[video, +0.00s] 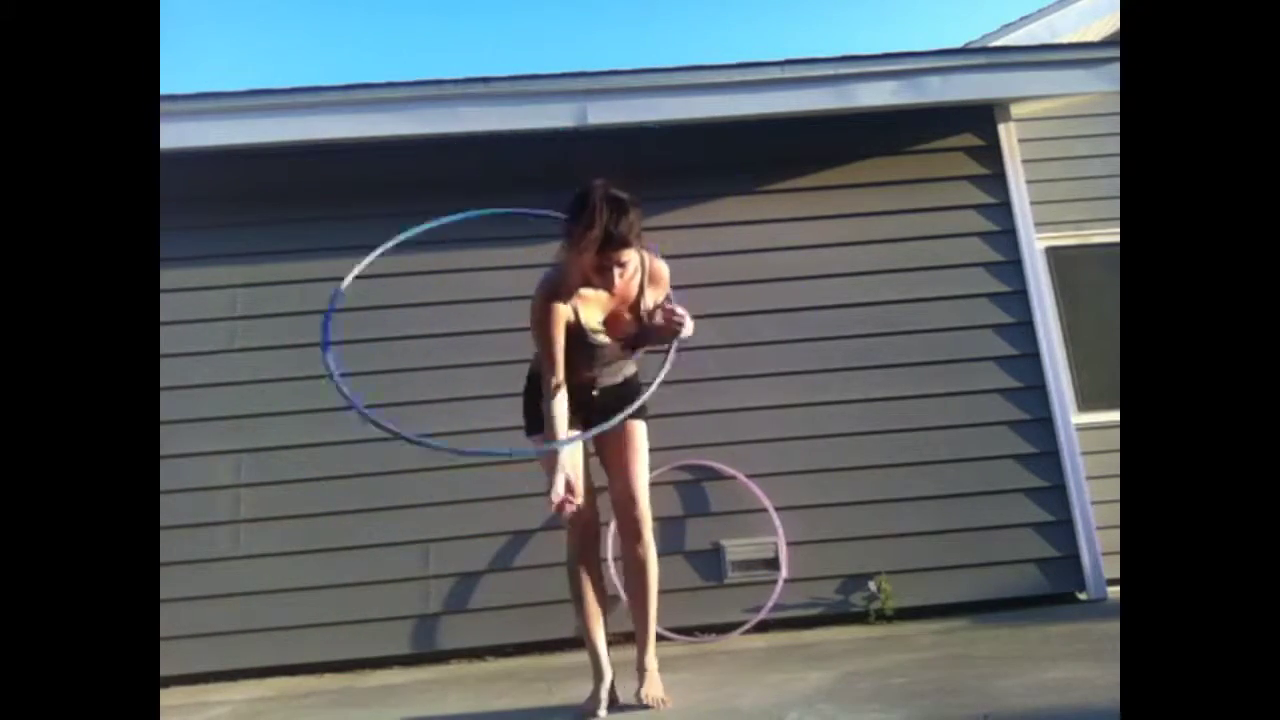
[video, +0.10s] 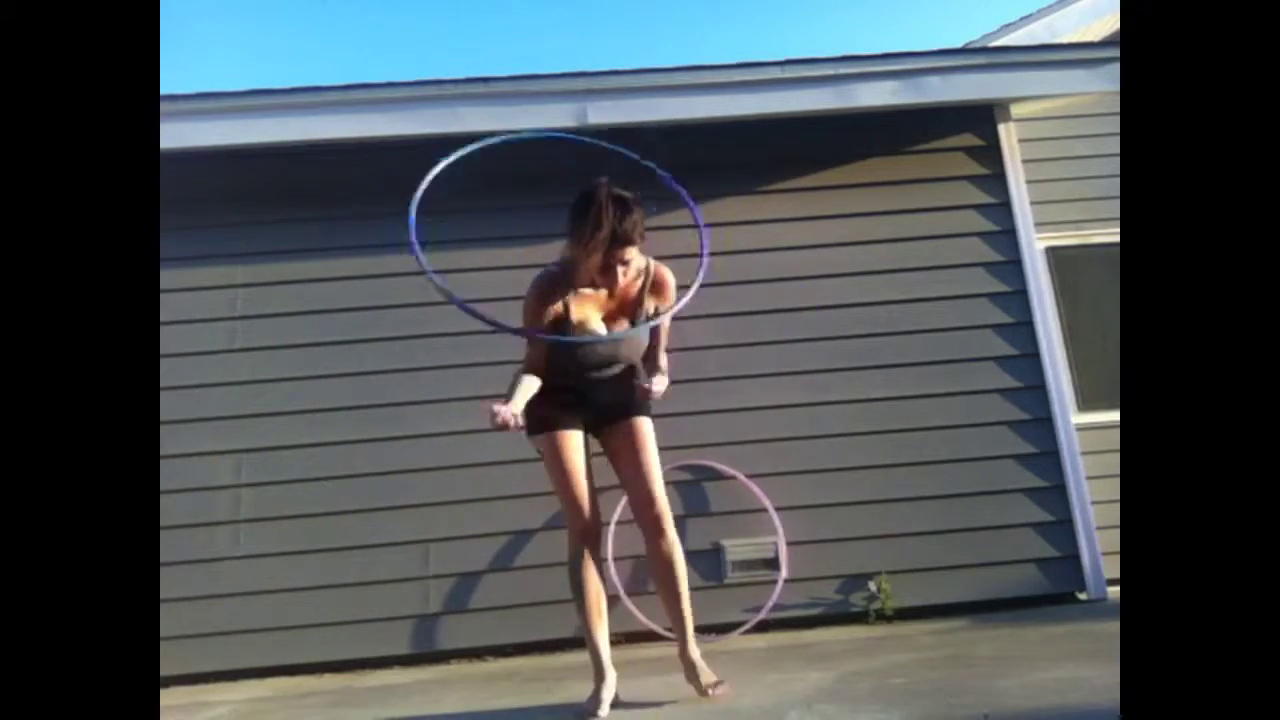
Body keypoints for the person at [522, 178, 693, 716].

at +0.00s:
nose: (615, 272)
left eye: (623, 262)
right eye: (604, 263)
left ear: (639, 247)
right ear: (583, 251)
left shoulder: (653, 273)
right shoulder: (556, 295)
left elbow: (643, 332)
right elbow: (556, 384)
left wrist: (669, 328)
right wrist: (564, 462)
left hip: (619, 390)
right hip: (558, 398)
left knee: (637, 521)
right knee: (584, 530)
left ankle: (648, 664)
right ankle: (601, 674)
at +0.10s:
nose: (616, 269)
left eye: (626, 258)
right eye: (606, 258)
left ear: (640, 246)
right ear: (583, 246)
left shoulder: (657, 281)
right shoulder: (550, 291)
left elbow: (658, 348)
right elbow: (535, 365)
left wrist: (657, 374)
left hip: (621, 392)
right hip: (557, 397)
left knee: (658, 517)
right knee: (586, 531)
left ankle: (689, 650)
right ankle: (603, 672)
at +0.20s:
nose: (618, 269)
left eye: (627, 258)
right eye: (607, 259)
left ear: (640, 247)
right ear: (583, 247)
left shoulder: (658, 284)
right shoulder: (552, 277)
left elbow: (660, 367)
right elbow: (504, 329)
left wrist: (631, 423)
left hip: (629, 392)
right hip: (562, 393)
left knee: (679, 518)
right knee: (584, 528)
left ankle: (734, 646)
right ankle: (604, 673)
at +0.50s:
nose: (640, 272)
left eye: (648, 260)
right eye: (628, 263)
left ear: (660, 244)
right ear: (603, 247)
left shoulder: (680, 290)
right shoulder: (575, 267)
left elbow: (674, 378)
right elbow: (559, 320)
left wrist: (626, 432)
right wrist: (535, 316)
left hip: (661, 387)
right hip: (596, 390)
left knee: (705, 515)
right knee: (602, 532)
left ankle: (765, 655)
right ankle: (606, 676)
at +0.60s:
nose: (656, 273)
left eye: (664, 261)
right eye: (645, 264)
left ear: (676, 245)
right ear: (620, 253)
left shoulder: (698, 283)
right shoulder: (588, 290)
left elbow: (700, 362)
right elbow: (576, 355)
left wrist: (681, 425)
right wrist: (585, 367)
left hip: (679, 383)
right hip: (612, 385)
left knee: (721, 516)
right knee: (613, 527)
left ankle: (766, 657)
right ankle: (608, 676)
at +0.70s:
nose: (676, 272)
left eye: (685, 259)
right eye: (664, 263)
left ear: (700, 245)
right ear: (639, 252)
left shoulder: (720, 274)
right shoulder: (611, 293)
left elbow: (716, 328)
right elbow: (613, 371)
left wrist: (735, 373)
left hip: (694, 381)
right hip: (630, 387)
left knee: (733, 521)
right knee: (627, 529)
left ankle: (768, 659)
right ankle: (611, 675)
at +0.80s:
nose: (702, 271)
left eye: (708, 260)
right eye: (691, 263)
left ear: (719, 245)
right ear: (667, 252)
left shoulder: (730, 262)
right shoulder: (633, 294)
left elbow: (725, 313)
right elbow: (637, 375)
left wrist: (757, 315)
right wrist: (685, 432)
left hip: (706, 383)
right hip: (643, 392)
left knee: (742, 522)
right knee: (642, 530)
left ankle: (770, 660)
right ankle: (613, 673)